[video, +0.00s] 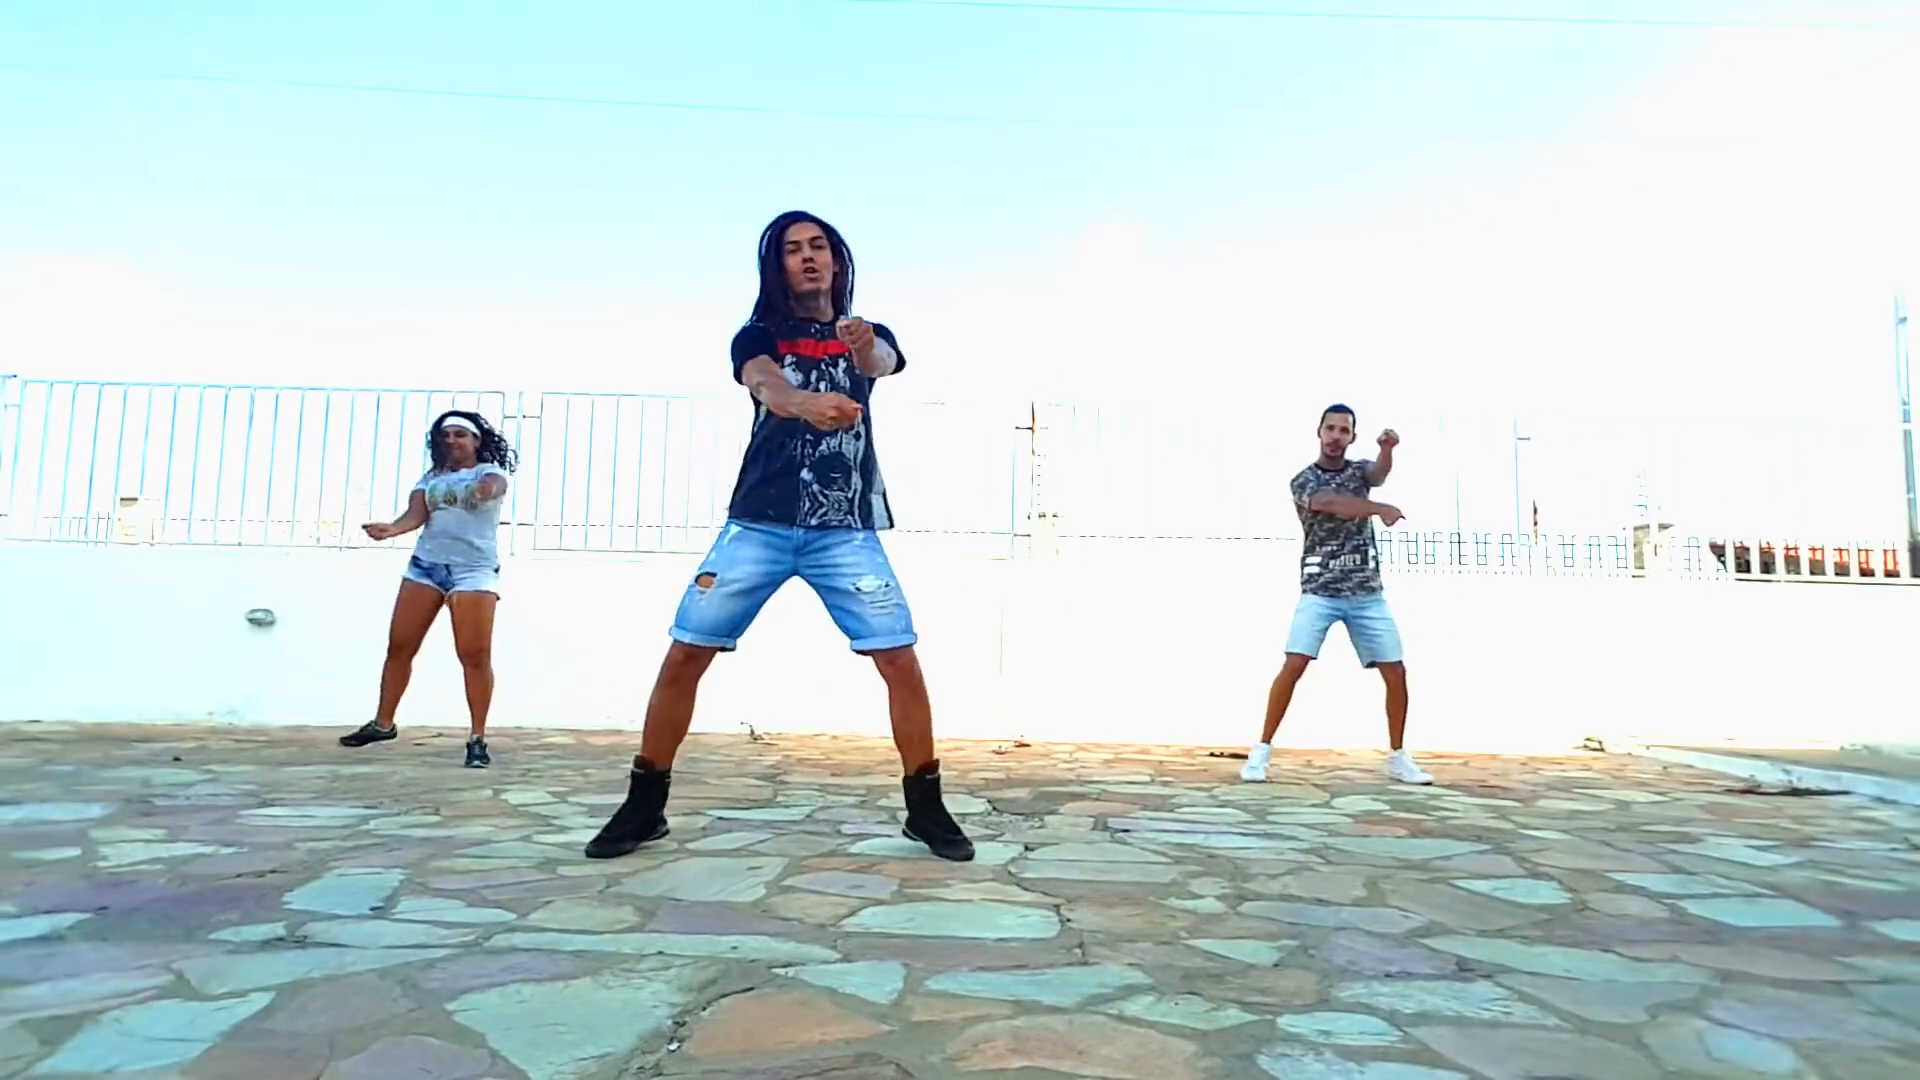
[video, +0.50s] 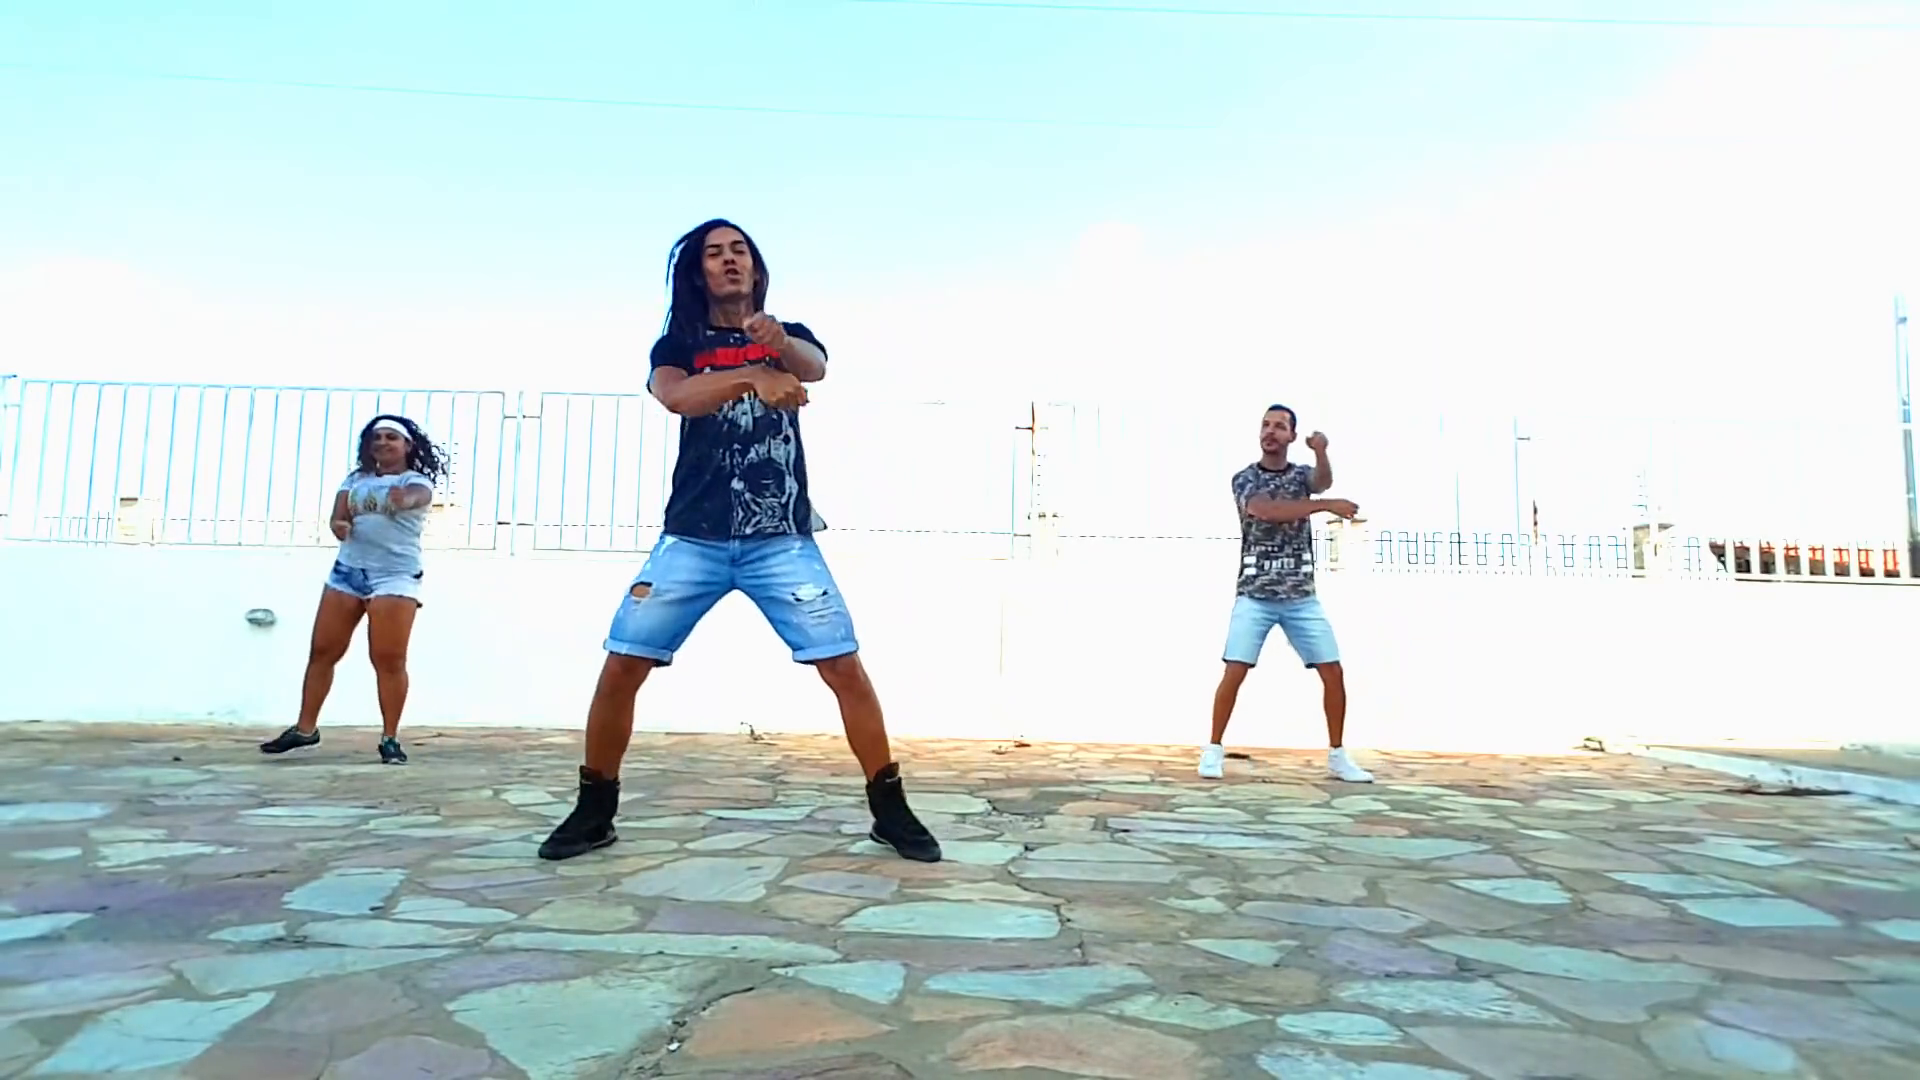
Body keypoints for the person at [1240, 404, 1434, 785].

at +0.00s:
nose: (1337, 436)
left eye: (1344, 431)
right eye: (1331, 429)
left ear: (1352, 438)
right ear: (1319, 433)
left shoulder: (1359, 472)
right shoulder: (1304, 480)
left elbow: (1378, 474)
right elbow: (1325, 504)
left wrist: (1385, 451)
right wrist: (1376, 508)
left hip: (1367, 593)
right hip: (1320, 593)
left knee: (1395, 671)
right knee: (1295, 664)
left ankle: (1398, 756)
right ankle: (1262, 749)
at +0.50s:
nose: (1272, 431)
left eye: (1280, 426)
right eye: (1267, 425)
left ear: (1292, 437)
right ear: (1259, 433)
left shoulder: (1300, 475)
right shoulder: (1245, 478)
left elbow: (1322, 482)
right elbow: (1263, 510)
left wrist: (1320, 454)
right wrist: (1325, 506)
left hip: (1301, 596)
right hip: (1255, 596)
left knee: (1332, 670)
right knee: (1235, 670)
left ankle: (1337, 754)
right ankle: (1214, 749)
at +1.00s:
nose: (1296, 437)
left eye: (1305, 433)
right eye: (1291, 432)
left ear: (1317, 447)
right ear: (1284, 444)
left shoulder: (1330, 498)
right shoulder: (1265, 490)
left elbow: (1346, 549)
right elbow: (1219, 510)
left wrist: (1373, 583)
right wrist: (1209, 499)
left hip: (1322, 609)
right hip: (1275, 608)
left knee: (1362, 676)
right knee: (1263, 677)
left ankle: (1369, 757)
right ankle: (1245, 754)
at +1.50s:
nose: (1352, 443)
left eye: (1359, 439)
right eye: (1346, 438)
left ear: (1370, 448)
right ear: (1336, 446)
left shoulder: (1379, 502)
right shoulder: (1315, 485)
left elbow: (1387, 555)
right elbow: (1277, 447)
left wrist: (1404, 594)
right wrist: (1298, 409)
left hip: (1369, 609)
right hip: (1324, 607)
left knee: (1413, 679)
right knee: (1309, 681)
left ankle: (1407, 758)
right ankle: (1291, 753)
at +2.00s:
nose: (1420, 450)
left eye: (1427, 444)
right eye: (1413, 445)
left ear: (1438, 453)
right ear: (1404, 453)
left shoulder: (1452, 506)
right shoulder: (1386, 492)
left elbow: (1466, 555)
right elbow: (1350, 456)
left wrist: (1484, 584)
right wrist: (1340, 407)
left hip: (1446, 612)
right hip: (1398, 610)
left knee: (1495, 681)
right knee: (1378, 679)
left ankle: (1488, 761)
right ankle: (1352, 756)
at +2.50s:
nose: (1489, 442)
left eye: (1496, 436)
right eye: (1482, 436)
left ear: (1506, 444)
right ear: (1471, 443)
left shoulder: (1525, 492)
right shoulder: (1453, 483)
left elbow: (1541, 538)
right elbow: (1413, 453)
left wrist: (1551, 570)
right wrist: (1410, 413)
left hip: (1516, 604)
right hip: (1465, 602)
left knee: (1547, 681)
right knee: (1439, 672)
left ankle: (1538, 762)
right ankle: (1409, 752)